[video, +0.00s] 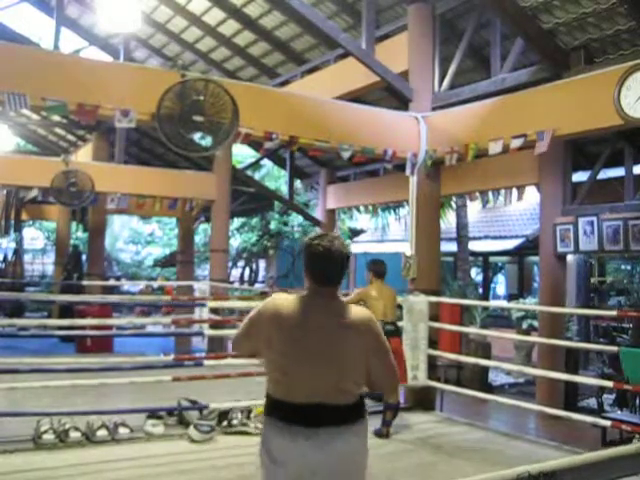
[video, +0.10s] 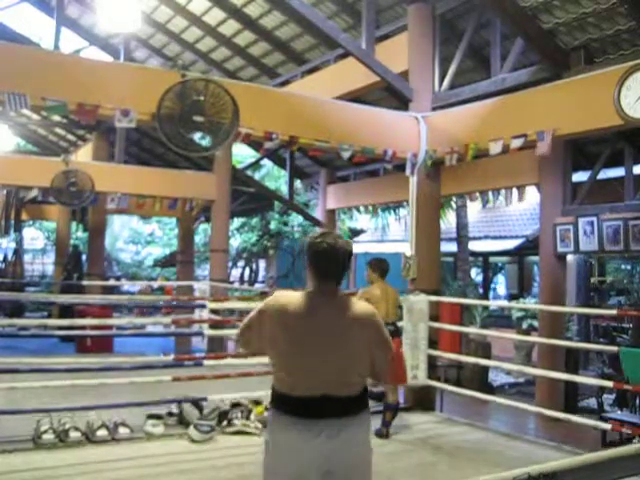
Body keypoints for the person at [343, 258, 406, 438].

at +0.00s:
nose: (367, 275)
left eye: (368, 273)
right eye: (368, 273)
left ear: (371, 274)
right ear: (384, 274)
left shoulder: (366, 291)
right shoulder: (391, 292)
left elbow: (345, 302)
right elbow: (394, 310)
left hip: (376, 328)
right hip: (393, 327)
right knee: (394, 371)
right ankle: (386, 426)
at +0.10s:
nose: (367, 274)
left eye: (368, 270)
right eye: (368, 270)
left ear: (373, 272)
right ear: (385, 272)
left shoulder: (366, 293)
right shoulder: (393, 292)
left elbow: (358, 315)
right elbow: (398, 312)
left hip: (376, 331)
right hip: (393, 330)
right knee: (392, 381)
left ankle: (385, 424)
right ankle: (386, 426)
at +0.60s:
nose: (359, 275)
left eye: (362, 271)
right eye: (360, 271)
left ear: (370, 273)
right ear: (374, 273)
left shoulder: (368, 293)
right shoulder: (381, 292)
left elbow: (370, 317)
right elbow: (387, 316)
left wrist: (359, 330)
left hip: (368, 337)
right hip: (382, 336)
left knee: (356, 385)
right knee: (382, 384)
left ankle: (361, 434)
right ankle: (383, 427)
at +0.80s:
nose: (353, 275)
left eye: (358, 271)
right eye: (352, 271)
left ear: (367, 274)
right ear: (353, 272)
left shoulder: (370, 294)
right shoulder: (358, 294)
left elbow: (373, 323)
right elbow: (358, 319)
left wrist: (355, 332)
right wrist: (344, 321)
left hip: (367, 343)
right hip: (359, 342)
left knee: (359, 389)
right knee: (364, 388)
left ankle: (362, 434)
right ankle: (376, 426)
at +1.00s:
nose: (353, 275)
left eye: (357, 271)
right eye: (351, 270)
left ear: (365, 274)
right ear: (349, 271)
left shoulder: (369, 293)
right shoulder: (350, 292)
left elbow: (374, 320)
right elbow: (349, 316)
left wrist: (363, 331)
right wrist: (339, 326)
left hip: (362, 343)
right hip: (348, 342)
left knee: (359, 390)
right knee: (344, 390)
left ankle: (362, 433)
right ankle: (355, 425)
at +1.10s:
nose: (352, 275)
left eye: (356, 271)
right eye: (350, 270)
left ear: (363, 273)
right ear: (348, 272)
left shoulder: (369, 293)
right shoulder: (344, 294)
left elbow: (374, 319)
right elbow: (345, 319)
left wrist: (365, 335)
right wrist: (336, 329)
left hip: (361, 345)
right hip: (343, 345)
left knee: (360, 392)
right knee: (333, 392)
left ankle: (362, 435)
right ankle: (339, 431)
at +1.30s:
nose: (344, 275)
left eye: (348, 271)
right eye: (341, 271)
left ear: (354, 273)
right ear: (335, 273)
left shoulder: (361, 296)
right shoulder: (328, 296)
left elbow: (372, 323)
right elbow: (322, 321)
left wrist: (357, 336)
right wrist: (319, 330)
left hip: (353, 353)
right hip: (331, 353)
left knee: (357, 396)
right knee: (321, 395)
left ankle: (361, 436)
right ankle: (316, 439)